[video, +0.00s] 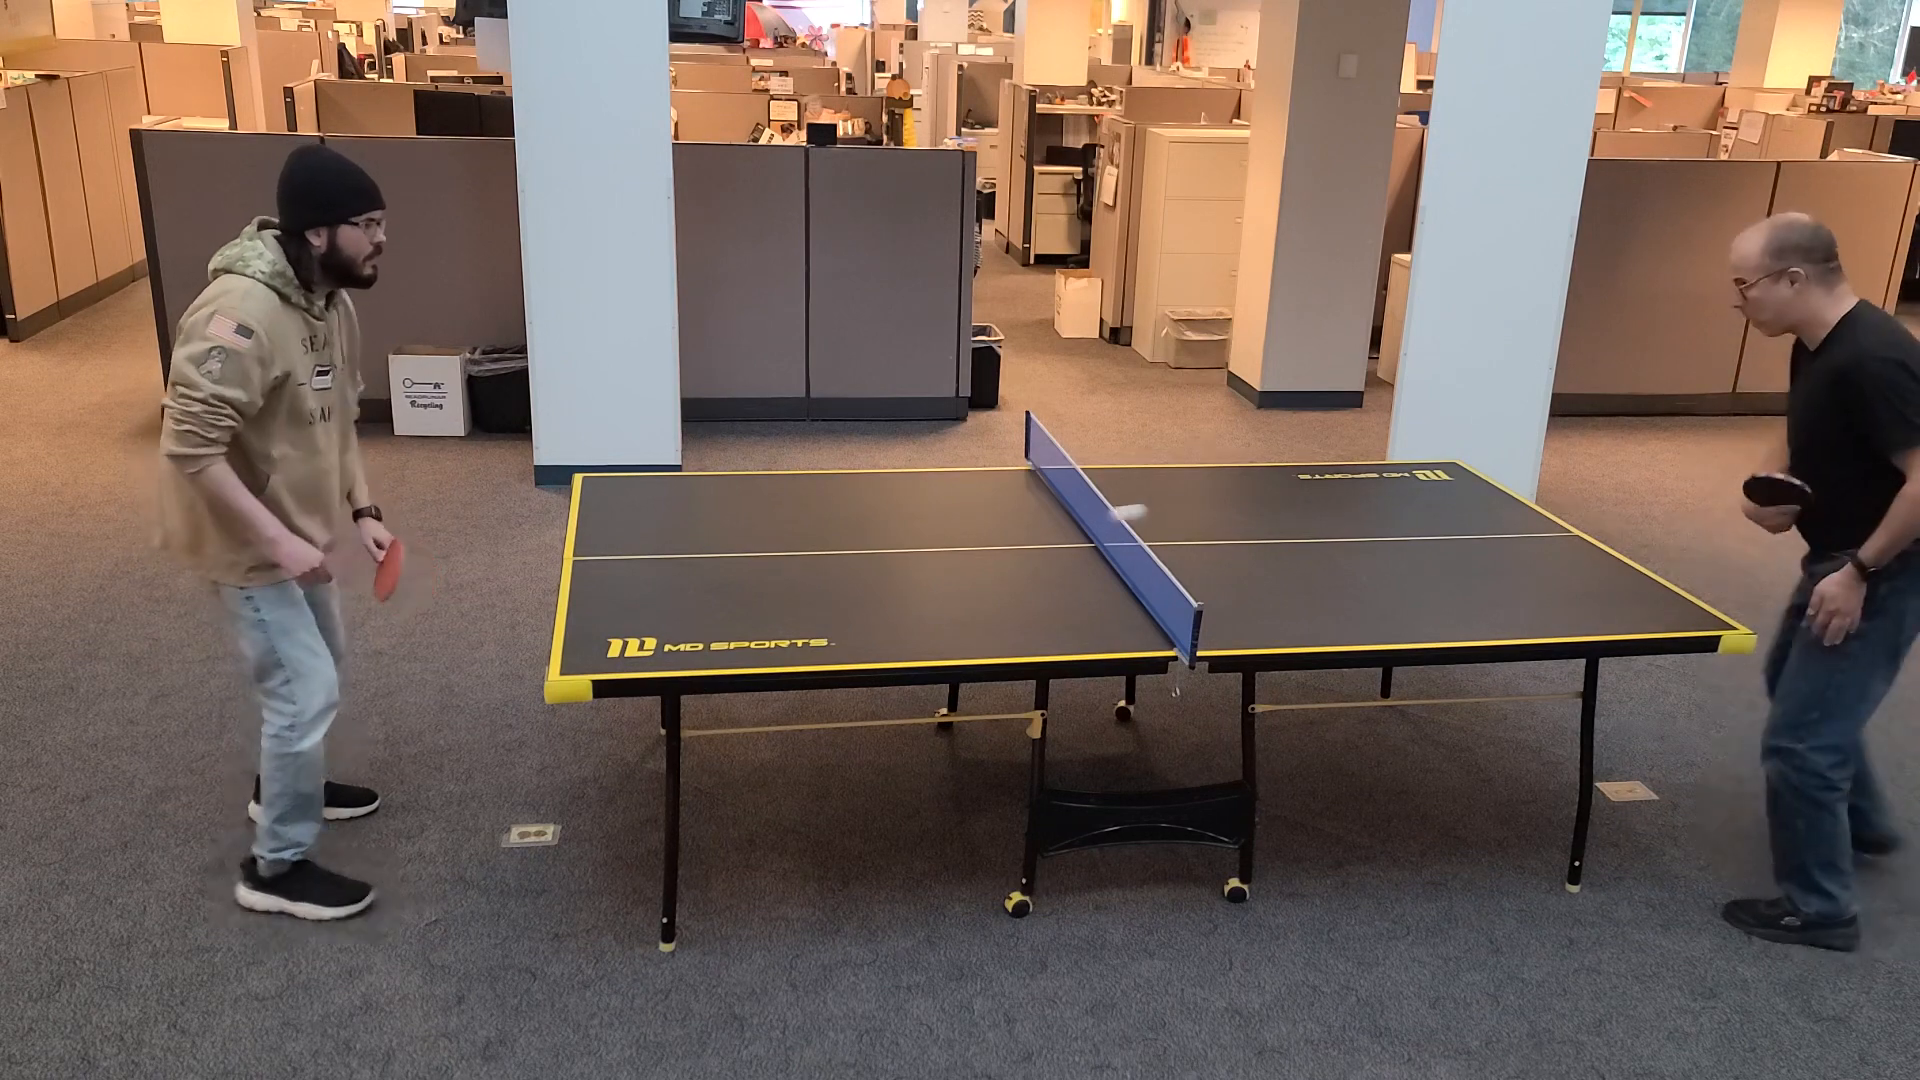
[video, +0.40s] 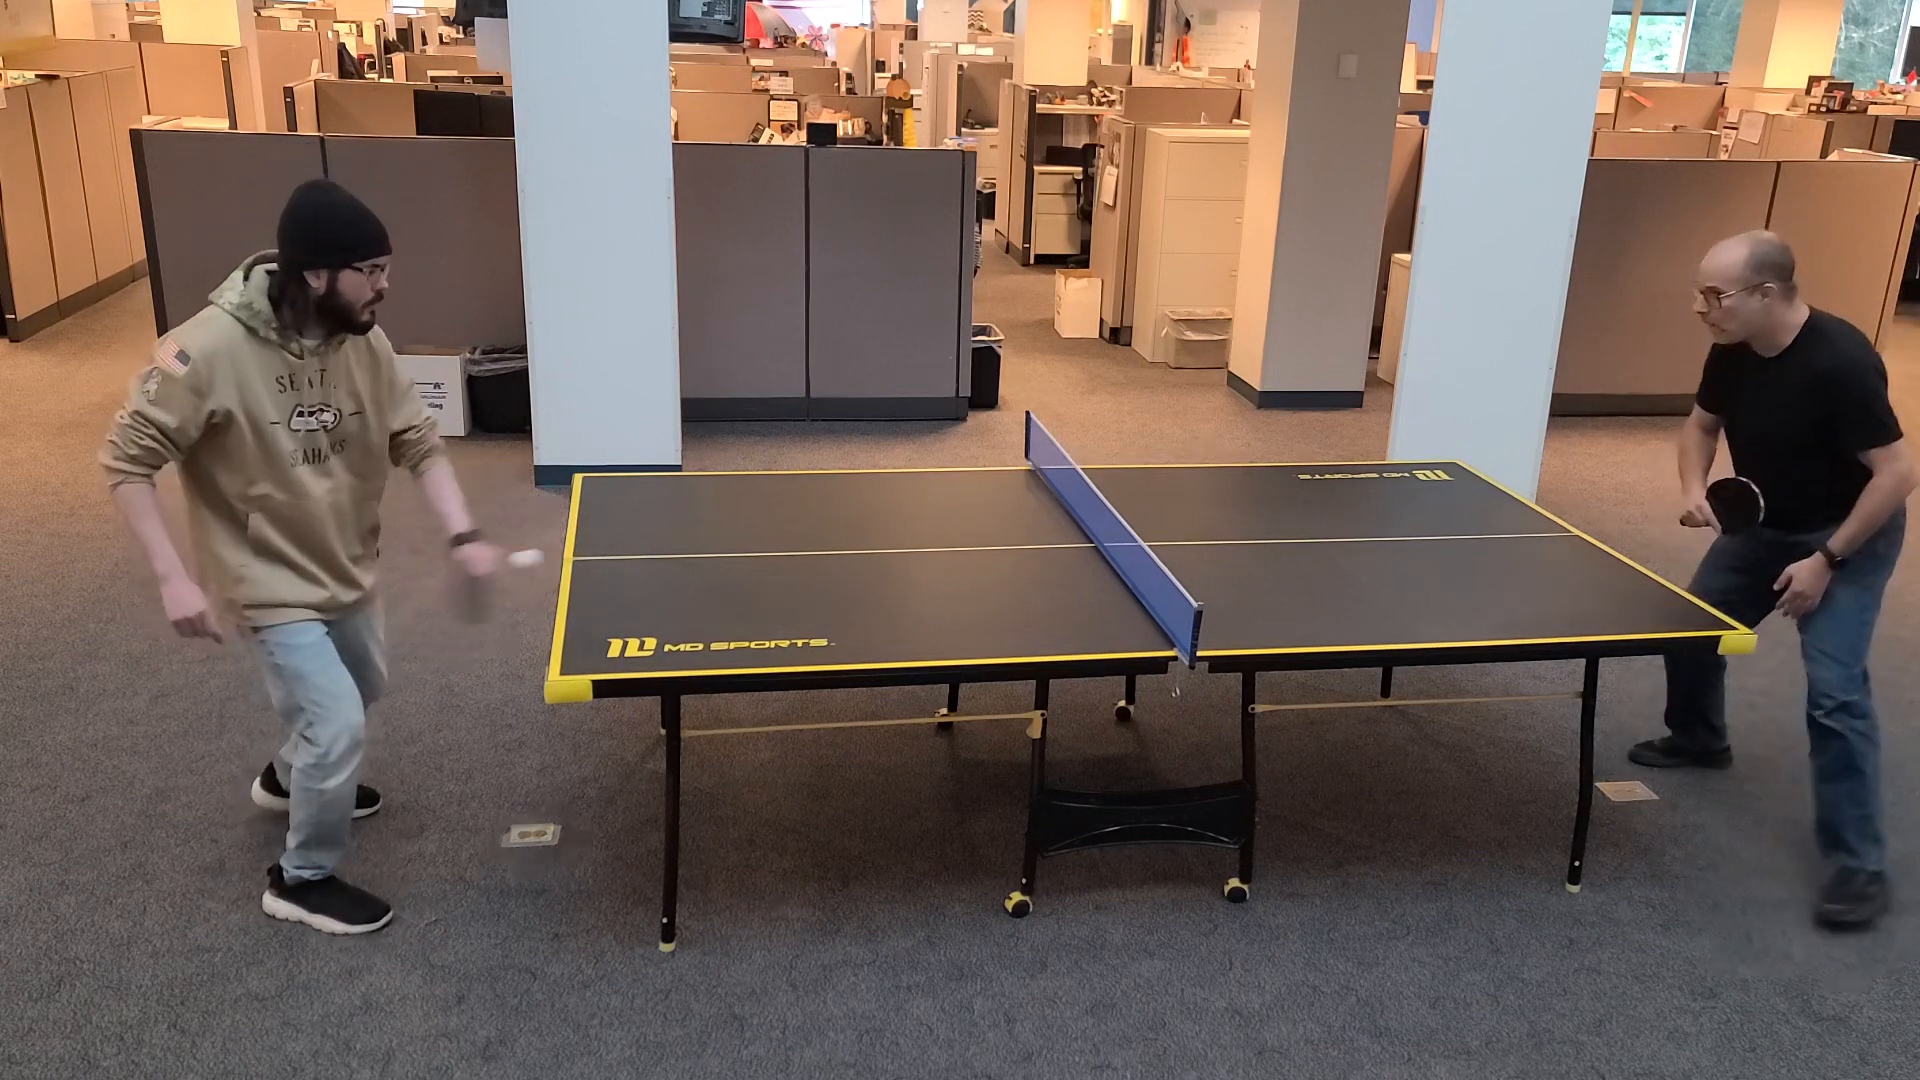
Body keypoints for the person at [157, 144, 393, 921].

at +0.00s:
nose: (382, 238)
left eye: (380, 222)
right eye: (368, 224)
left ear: (327, 233)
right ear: (317, 233)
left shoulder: (331, 301)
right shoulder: (241, 317)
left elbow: (339, 423)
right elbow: (191, 450)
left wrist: (362, 510)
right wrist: (279, 541)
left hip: (303, 531)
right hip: (244, 543)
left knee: (318, 671)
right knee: (305, 690)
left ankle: (287, 790)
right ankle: (276, 864)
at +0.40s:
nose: (384, 285)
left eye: (384, 268)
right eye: (370, 271)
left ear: (336, 276)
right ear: (315, 275)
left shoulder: (363, 343)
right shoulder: (211, 350)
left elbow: (419, 445)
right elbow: (127, 460)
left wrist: (463, 534)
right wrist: (172, 577)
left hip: (346, 568)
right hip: (265, 582)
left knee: (363, 685)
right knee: (337, 729)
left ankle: (292, 773)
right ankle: (301, 876)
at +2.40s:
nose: (404, 234)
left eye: (399, 219)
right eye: (391, 221)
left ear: (347, 233)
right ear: (345, 235)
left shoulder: (327, 297)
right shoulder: (277, 317)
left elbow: (321, 443)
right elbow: (220, 452)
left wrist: (378, 518)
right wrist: (303, 545)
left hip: (349, 541)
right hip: (301, 560)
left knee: (389, 666)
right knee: (360, 712)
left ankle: (345, 801)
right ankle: (303, 874)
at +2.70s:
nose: (408, 251)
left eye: (406, 236)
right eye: (395, 237)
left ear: (353, 246)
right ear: (344, 245)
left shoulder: (378, 332)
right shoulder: (246, 321)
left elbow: (402, 449)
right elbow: (165, 432)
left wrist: (431, 530)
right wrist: (224, 539)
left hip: (362, 556)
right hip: (290, 566)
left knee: (394, 677)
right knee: (350, 711)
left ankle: (345, 799)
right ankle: (302, 875)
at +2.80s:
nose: (404, 263)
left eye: (404, 248)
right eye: (390, 248)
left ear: (355, 255)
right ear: (337, 253)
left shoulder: (384, 345)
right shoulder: (232, 327)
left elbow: (439, 445)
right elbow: (144, 426)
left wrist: (517, 505)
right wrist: (192, 540)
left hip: (365, 561)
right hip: (281, 571)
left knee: (400, 682)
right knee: (345, 717)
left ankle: (347, 801)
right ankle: (303, 874)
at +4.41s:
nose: (406, 223)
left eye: (403, 207)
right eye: (393, 209)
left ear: (349, 219)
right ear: (346, 219)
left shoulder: (337, 286)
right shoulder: (269, 302)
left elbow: (333, 421)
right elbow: (184, 419)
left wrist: (408, 432)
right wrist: (265, 522)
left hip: (355, 536)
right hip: (303, 549)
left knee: (379, 672)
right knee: (348, 709)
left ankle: (346, 799)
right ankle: (303, 873)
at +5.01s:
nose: (384, 240)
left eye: (380, 225)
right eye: (374, 226)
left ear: (321, 232)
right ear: (336, 235)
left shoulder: (299, 297)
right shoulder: (280, 314)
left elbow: (249, 427)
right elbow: (217, 436)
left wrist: (324, 524)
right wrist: (283, 545)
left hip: (331, 540)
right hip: (301, 558)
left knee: (384, 643)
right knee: (359, 719)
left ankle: (345, 792)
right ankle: (212, 877)